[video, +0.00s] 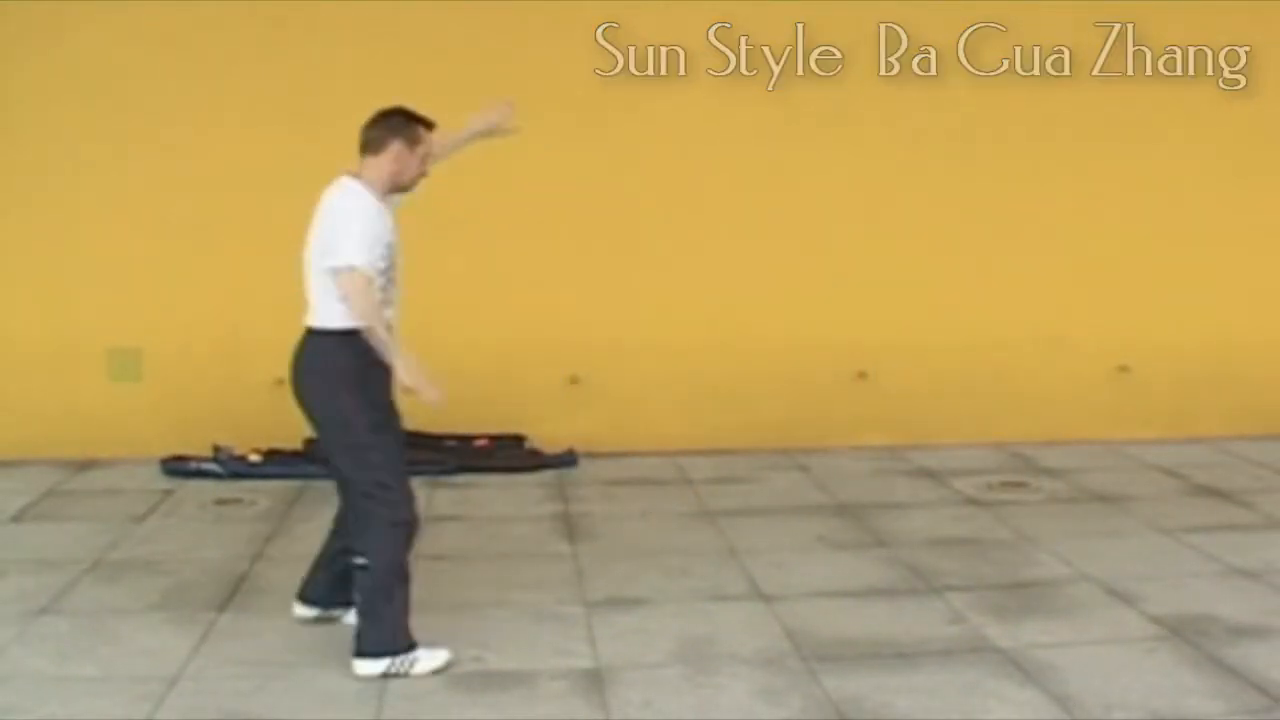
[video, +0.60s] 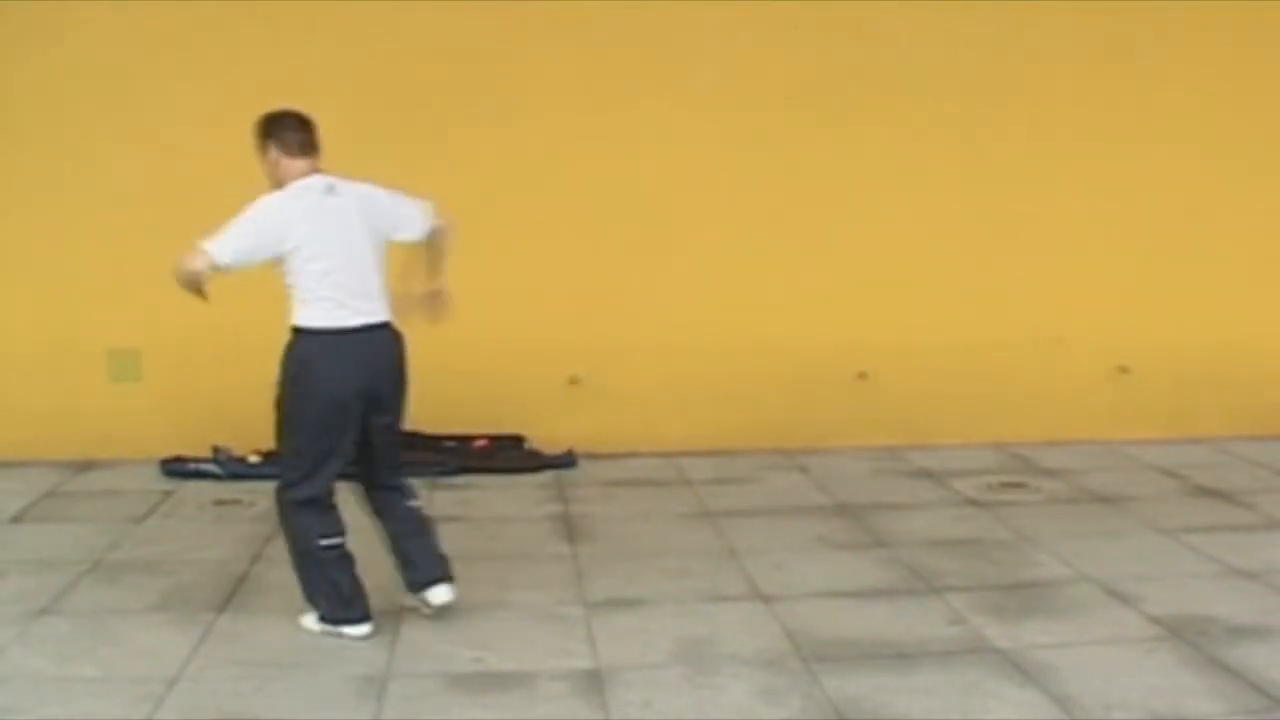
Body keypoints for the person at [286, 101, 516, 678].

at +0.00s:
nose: (423, 172)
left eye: (426, 161)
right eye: (419, 159)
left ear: (385, 155)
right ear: (392, 154)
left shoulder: (359, 195)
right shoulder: (356, 208)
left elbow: (423, 159)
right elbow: (358, 301)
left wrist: (475, 130)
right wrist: (403, 366)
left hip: (339, 355)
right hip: (341, 361)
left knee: (370, 489)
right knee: (389, 507)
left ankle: (326, 591)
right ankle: (382, 646)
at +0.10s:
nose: (420, 166)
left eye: (423, 155)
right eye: (420, 154)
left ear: (370, 142)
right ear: (402, 147)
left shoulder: (330, 187)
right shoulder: (383, 202)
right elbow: (402, 283)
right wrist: (446, 356)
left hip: (312, 350)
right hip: (355, 357)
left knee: (355, 489)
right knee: (395, 504)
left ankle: (327, 602)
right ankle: (384, 646)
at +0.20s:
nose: (407, 159)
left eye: (407, 151)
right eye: (407, 150)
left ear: (355, 146)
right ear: (398, 148)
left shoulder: (314, 191)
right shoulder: (400, 200)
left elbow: (294, 177)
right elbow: (452, 273)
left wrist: (345, 162)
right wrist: (493, 336)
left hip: (309, 352)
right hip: (364, 356)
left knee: (340, 486)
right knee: (399, 500)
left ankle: (343, 607)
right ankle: (384, 646)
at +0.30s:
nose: (380, 157)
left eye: (369, 149)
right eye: (381, 148)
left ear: (331, 148)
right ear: (378, 148)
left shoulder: (301, 194)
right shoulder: (400, 198)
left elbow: (243, 201)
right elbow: (471, 236)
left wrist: (307, 193)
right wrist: (532, 299)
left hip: (314, 354)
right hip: (381, 353)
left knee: (321, 487)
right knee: (400, 497)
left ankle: (342, 607)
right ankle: (386, 645)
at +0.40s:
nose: (344, 160)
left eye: (327, 152)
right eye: (351, 150)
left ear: (308, 153)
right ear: (358, 149)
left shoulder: (287, 200)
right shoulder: (391, 196)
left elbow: (203, 224)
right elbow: (471, 221)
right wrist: (532, 285)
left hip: (313, 356)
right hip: (384, 352)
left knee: (313, 485)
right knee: (412, 486)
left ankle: (342, 612)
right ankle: (401, 621)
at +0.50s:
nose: (288, 165)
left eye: (285, 157)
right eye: (295, 156)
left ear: (287, 155)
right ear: (332, 151)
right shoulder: (375, 196)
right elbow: (458, 217)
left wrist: (199, 270)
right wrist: (490, 276)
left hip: (315, 357)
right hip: (383, 350)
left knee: (307, 487)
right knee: (407, 473)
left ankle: (344, 612)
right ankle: (425, 585)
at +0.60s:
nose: (265, 168)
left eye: (264, 158)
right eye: (265, 158)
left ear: (274, 155)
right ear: (314, 150)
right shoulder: (362, 196)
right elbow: (434, 224)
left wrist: (193, 279)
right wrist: (434, 280)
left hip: (319, 354)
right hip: (381, 346)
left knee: (304, 490)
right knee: (383, 474)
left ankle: (342, 612)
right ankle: (432, 580)